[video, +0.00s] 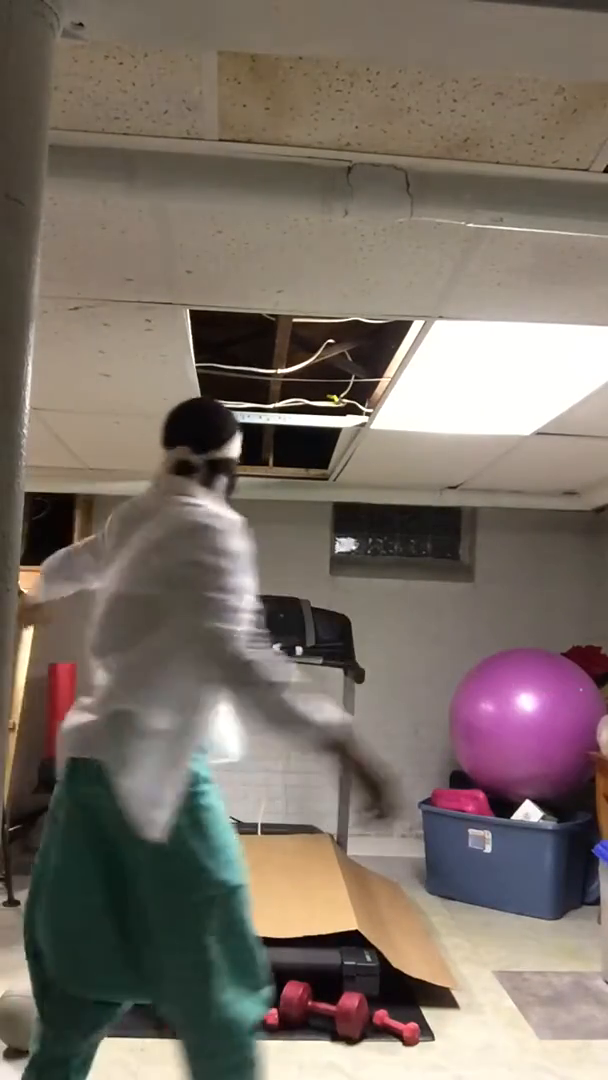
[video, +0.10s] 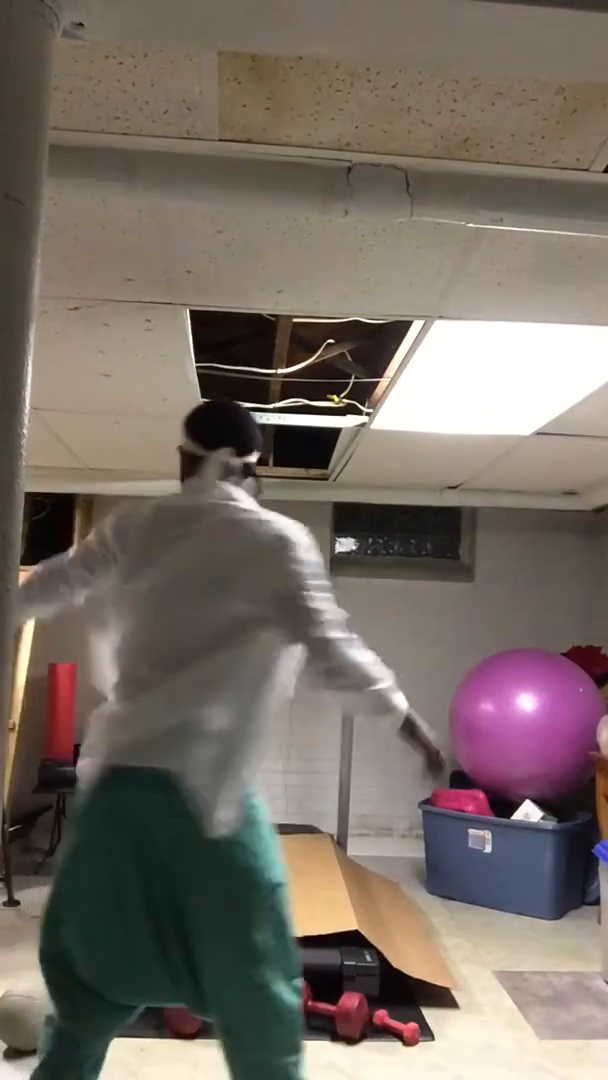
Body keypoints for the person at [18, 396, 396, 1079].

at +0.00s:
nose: (236, 469)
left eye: (233, 459)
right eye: (236, 459)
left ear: (168, 454)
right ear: (227, 460)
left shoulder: (138, 512)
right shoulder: (210, 526)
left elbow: (74, 564)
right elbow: (237, 652)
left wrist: (34, 588)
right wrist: (342, 739)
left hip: (88, 758)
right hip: (153, 764)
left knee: (81, 960)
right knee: (217, 963)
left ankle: (52, 1067)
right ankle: (228, 1066)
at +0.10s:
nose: (190, 470)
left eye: (186, 459)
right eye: (259, 462)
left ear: (183, 459)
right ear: (253, 465)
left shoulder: (136, 524)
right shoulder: (276, 538)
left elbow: (41, 589)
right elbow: (332, 648)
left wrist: (13, 593)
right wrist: (409, 723)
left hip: (111, 789)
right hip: (208, 792)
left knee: (84, 997)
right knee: (260, 998)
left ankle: (55, 1074)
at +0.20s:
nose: (189, 467)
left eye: (194, 454)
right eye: (193, 453)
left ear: (208, 460)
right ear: (271, 463)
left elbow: (78, 625)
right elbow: (367, 653)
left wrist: (29, 642)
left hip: (150, 811)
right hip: (265, 812)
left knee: (95, 1014)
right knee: (292, 1036)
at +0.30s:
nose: (209, 457)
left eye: (221, 445)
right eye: (214, 443)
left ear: (253, 455)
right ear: (285, 459)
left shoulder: (205, 532)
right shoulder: (344, 527)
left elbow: (170, 650)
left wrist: (100, 656)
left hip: (198, 794)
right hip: (304, 794)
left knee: (124, 971)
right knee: (314, 987)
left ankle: (108, 1069)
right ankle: (319, 1071)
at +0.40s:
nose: (235, 461)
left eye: (249, 447)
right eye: (240, 447)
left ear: (283, 457)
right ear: (306, 459)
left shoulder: (265, 537)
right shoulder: (341, 516)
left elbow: (226, 652)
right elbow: (224, 555)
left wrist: (150, 650)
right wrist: (141, 582)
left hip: (265, 783)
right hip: (346, 785)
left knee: (188, 959)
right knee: (332, 970)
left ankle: (175, 1066)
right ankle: (356, 1068)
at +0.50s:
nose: (264, 466)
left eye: (279, 454)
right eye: (269, 452)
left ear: (312, 467)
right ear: (327, 471)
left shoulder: (314, 543)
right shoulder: (322, 532)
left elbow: (242, 654)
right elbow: (215, 559)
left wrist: (150, 654)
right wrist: (153, 605)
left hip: (334, 799)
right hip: (374, 800)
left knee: (258, 976)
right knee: (353, 974)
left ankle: (243, 1073)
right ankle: (397, 1071)